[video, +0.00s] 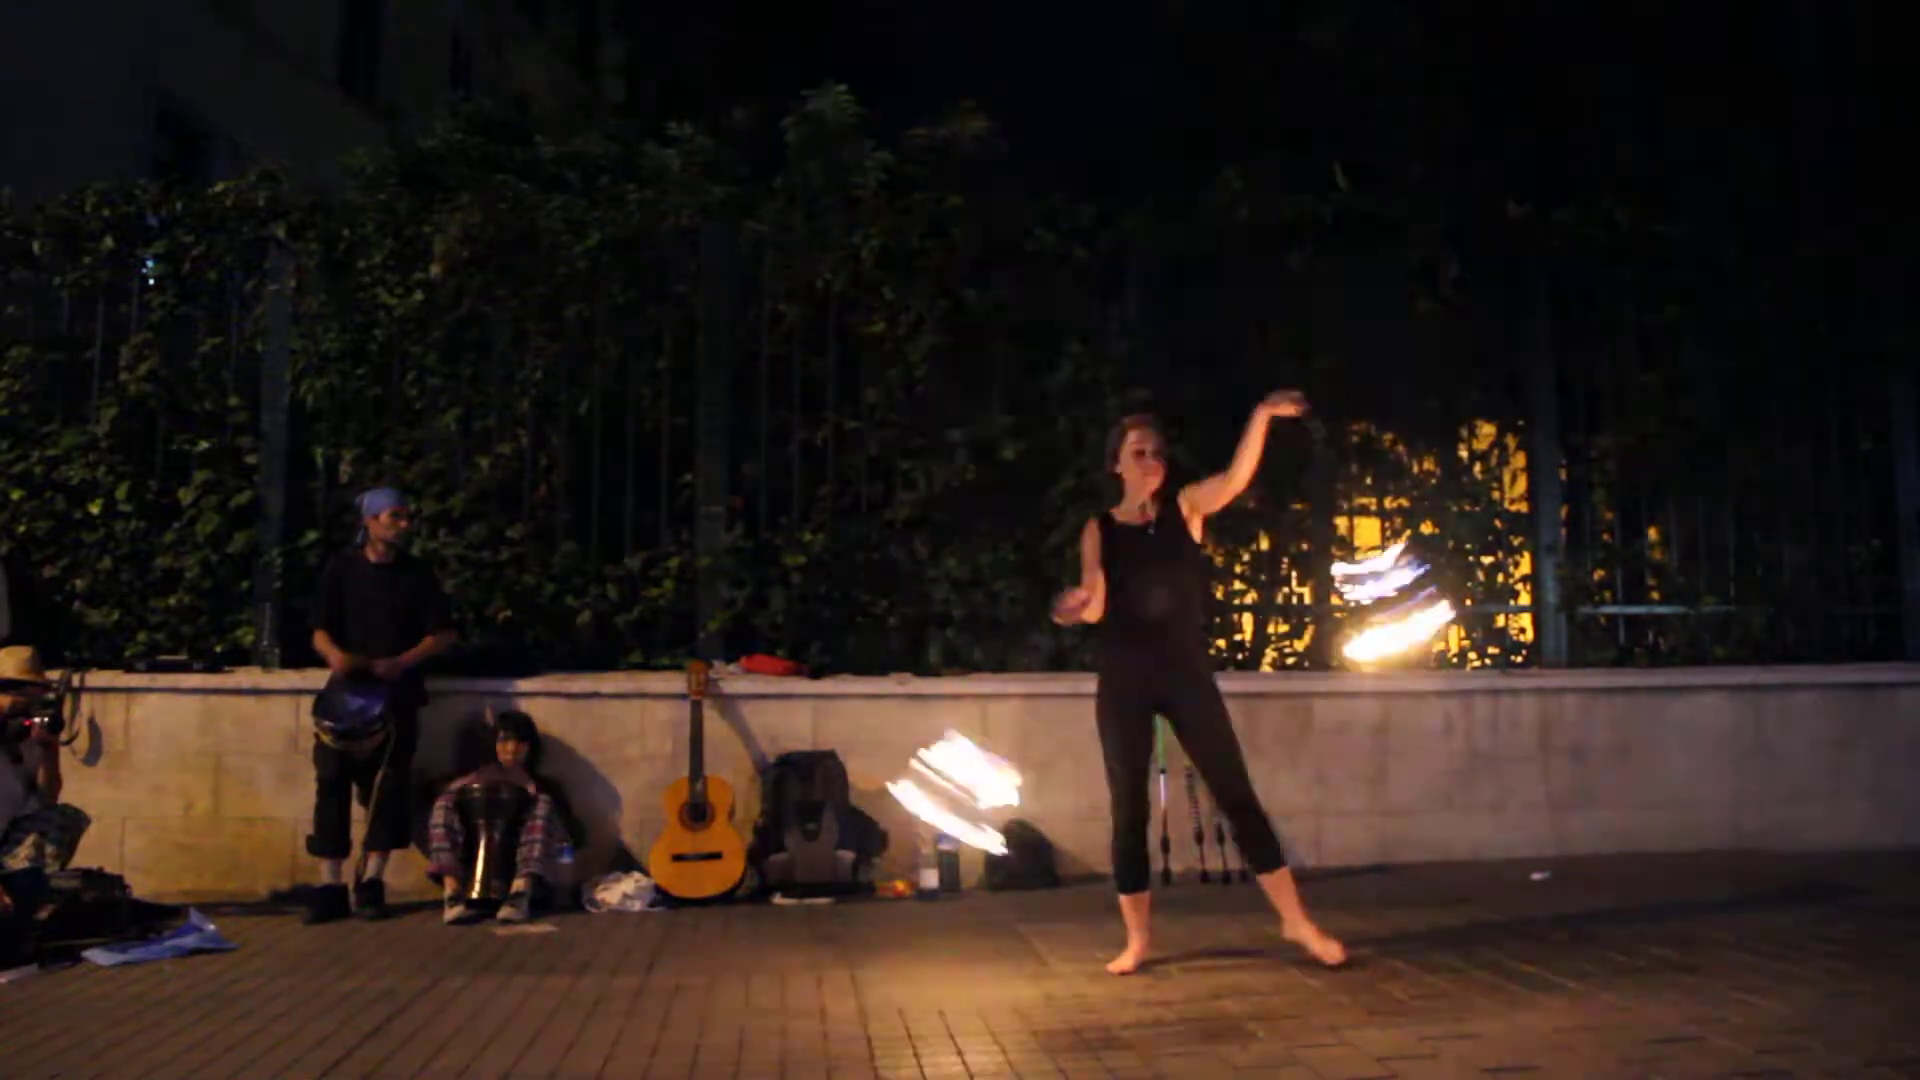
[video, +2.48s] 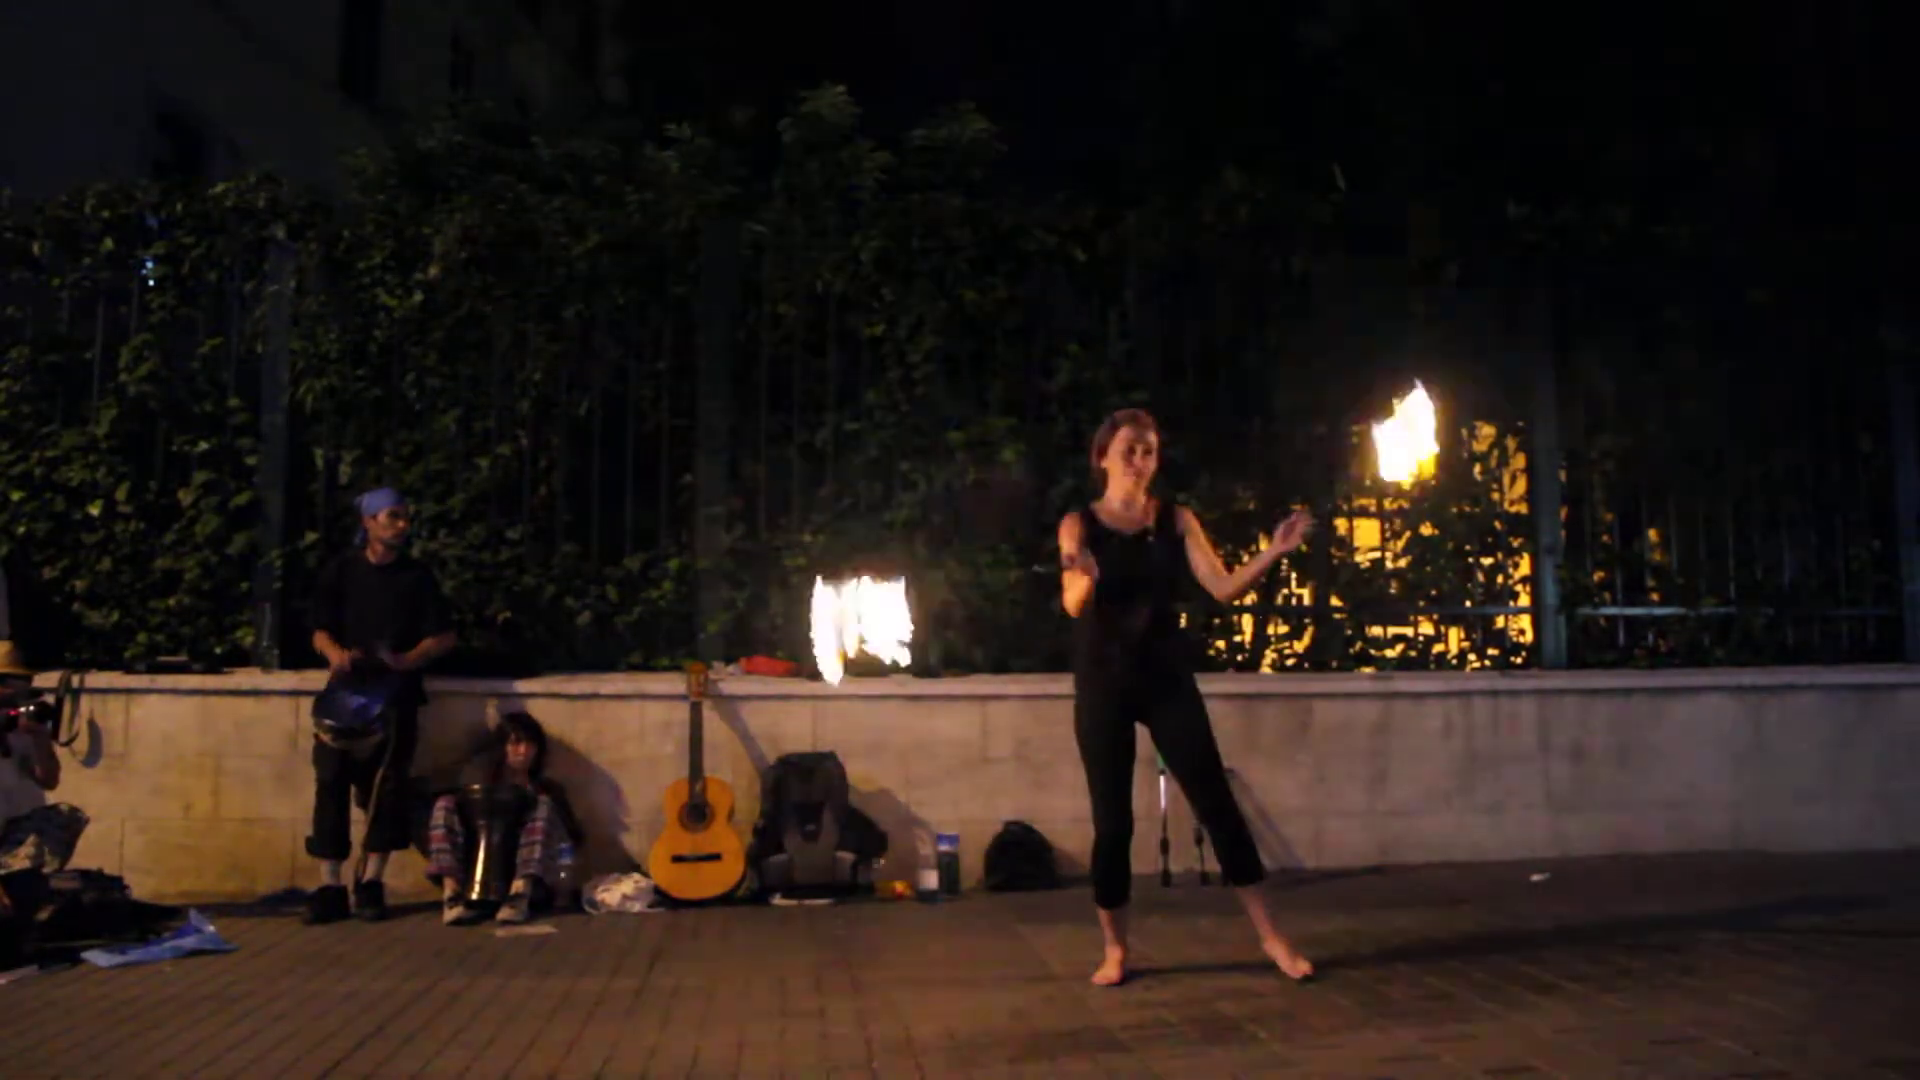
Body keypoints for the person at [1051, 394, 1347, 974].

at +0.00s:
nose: (1150, 461)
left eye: (1157, 453)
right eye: (1139, 453)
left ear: (1167, 461)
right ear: (1117, 465)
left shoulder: (1188, 505)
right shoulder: (1100, 531)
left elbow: (1236, 478)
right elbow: (1093, 602)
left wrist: (1262, 415)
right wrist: (1075, 609)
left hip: (1186, 675)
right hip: (1123, 682)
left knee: (1237, 796)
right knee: (1128, 809)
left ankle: (1296, 921)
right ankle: (1137, 939)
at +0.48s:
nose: (1158, 489)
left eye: (1164, 479)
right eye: (1146, 480)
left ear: (1172, 482)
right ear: (1117, 484)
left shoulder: (1191, 540)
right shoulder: (1099, 539)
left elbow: (1271, 562)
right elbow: (1051, 547)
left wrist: (1339, 536)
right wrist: (1016, 530)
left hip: (1175, 695)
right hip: (1111, 696)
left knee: (1174, 819)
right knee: (1118, 824)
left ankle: (1174, 932)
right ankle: (1135, 940)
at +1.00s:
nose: (1235, 468)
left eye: (1239, 458)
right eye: (1223, 458)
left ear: (1245, 464)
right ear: (1193, 463)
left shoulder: (1255, 520)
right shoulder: (1167, 522)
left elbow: (1302, 544)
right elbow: (1082, 553)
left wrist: (1340, 521)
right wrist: (1007, 546)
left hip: (1245, 688)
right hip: (1182, 690)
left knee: (1279, 816)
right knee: (1163, 816)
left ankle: (1299, 952)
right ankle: (1136, 943)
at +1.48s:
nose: (1284, 466)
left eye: (1293, 457)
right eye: (1272, 457)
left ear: (1305, 466)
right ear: (1251, 467)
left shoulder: (1328, 530)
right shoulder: (1234, 525)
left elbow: (1406, 557)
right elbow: (1190, 547)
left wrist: (1493, 553)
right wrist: (1140, 540)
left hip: (1305, 692)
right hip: (1241, 692)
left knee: (1326, 821)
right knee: (1239, 817)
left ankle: (1304, 951)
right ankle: (1246, 932)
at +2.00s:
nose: (1228, 437)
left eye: (1237, 428)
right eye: (1217, 427)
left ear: (1249, 439)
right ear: (1193, 435)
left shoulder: (1264, 504)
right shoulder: (1166, 494)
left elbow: (1316, 561)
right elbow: (1107, 503)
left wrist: (1380, 527)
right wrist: (1078, 451)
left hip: (1243, 669)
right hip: (1176, 668)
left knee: (1271, 800)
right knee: (1151, 800)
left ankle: (1306, 938)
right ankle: (1118, 935)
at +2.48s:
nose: (1144, 460)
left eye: (1151, 452)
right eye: (1132, 451)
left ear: (1159, 459)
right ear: (1104, 457)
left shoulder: (1176, 520)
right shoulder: (1080, 524)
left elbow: (1221, 586)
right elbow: (1072, 606)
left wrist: (1273, 552)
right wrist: (1083, 577)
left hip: (1168, 681)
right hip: (1103, 686)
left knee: (1215, 802)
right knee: (1112, 820)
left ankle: (1269, 935)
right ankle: (1114, 947)